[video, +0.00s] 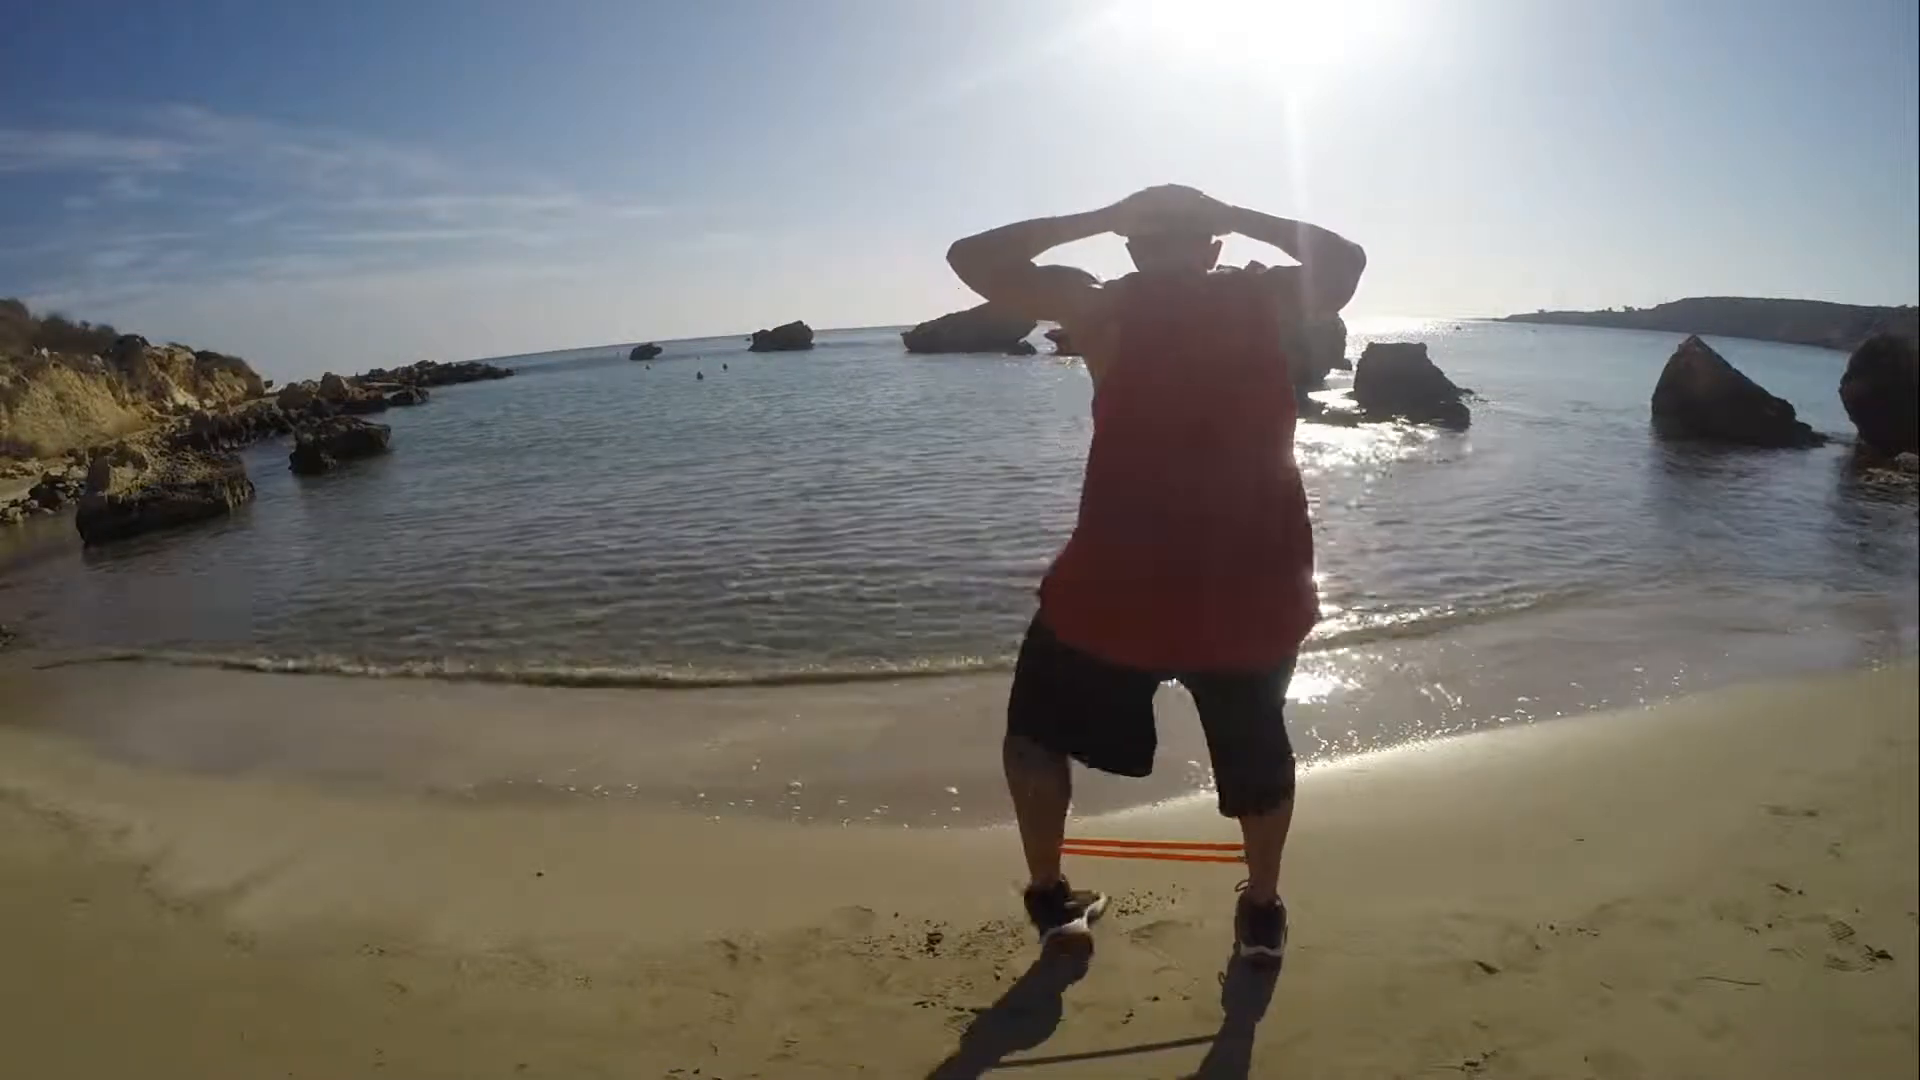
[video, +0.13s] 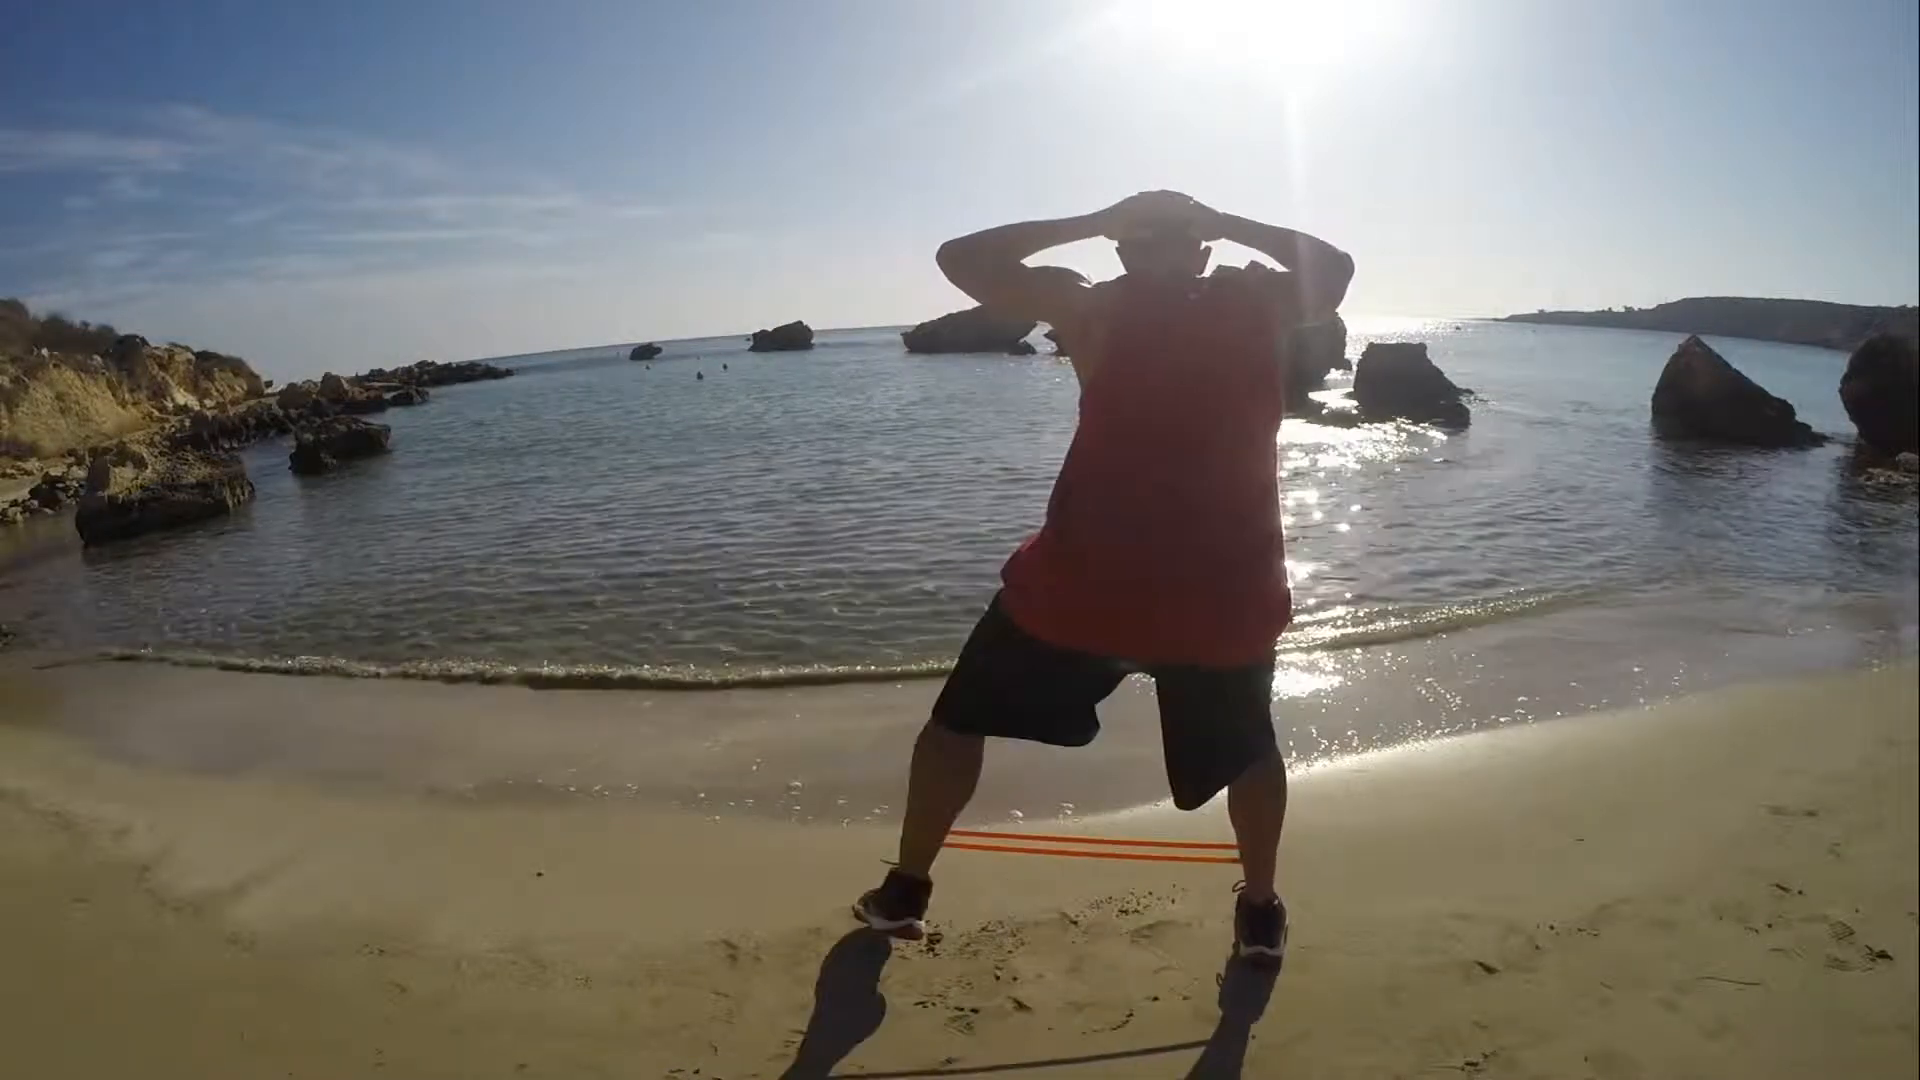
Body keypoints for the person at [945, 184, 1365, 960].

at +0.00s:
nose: (1145, 254)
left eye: (1142, 239)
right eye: (1152, 236)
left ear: (1133, 244)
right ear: (1212, 241)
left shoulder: (1109, 310)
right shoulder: (1272, 298)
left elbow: (973, 257)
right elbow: (1345, 257)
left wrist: (1102, 217)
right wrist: (1237, 216)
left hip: (1116, 573)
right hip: (1250, 580)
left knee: (1036, 726)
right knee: (1258, 743)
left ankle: (1046, 890)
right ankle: (1263, 906)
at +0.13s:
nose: (1144, 243)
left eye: (1137, 232)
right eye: (1161, 227)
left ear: (1120, 248)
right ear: (1203, 246)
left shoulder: (1089, 310)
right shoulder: (1259, 303)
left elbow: (960, 257)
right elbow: (1334, 263)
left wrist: (1092, 223)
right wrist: (1224, 221)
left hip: (1087, 566)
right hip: (1225, 581)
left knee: (959, 718)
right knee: (1249, 744)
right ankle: (1260, 908)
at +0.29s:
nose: (1093, 264)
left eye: (1090, 253)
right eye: (1110, 252)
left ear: (1077, 265)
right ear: (1157, 267)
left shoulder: (1034, 328)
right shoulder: (1209, 326)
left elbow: (911, 273)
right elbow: (1289, 275)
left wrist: (1042, 239)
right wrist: (1177, 237)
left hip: (1021, 594)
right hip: (1170, 606)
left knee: (875, 750)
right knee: (1230, 757)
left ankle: (784, 901)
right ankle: (1255, 904)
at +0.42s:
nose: (1050, 265)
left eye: (1044, 252)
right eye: (1052, 253)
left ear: (1001, 269)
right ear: (1083, 271)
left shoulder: (954, 337)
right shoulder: (1136, 336)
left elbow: (837, 283)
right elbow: (1233, 291)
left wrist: (968, 247)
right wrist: (1116, 246)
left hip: (959, 616)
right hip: (1110, 620)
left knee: (834, 765)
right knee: (1202, 767)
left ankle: (771, 922)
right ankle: (1249, 904)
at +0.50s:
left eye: (961, 247)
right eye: (999, 247)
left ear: (942, 260)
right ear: (1025, 263)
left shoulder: (891, 327)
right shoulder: (1072, 325)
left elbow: (779, 269)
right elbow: (1179, 279)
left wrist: (908, 236)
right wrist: (1057, 236)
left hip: (907, 607)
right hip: (1055, 607)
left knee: (807, 764)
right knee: (1169, 758)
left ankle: (769, 926)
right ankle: (1238, 903)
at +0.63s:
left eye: (880, 220)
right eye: (925, 220)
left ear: (860, 244)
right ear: (946, 244)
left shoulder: (809, 306)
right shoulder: (991, 303)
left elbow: (708, 251)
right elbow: (1102, 257)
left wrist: (830, 220)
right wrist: (974, 217)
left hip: (833, 585)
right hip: (985, 575)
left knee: (779, 761)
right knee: (1094, 739)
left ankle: (768, 925)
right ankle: (1141, 900)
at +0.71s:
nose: (866, 227)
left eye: (857, 218)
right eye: (875, 218)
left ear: (824, 241)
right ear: (914, 242)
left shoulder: (776, 304)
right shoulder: (961, 297)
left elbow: (676, 253)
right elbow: (1070, 247)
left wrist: (797, 218)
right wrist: (941, 211)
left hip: (809, 591)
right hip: (956, 583)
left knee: (767, 771)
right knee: (1025, 754)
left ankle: (764, 923)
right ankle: (1033, 910)